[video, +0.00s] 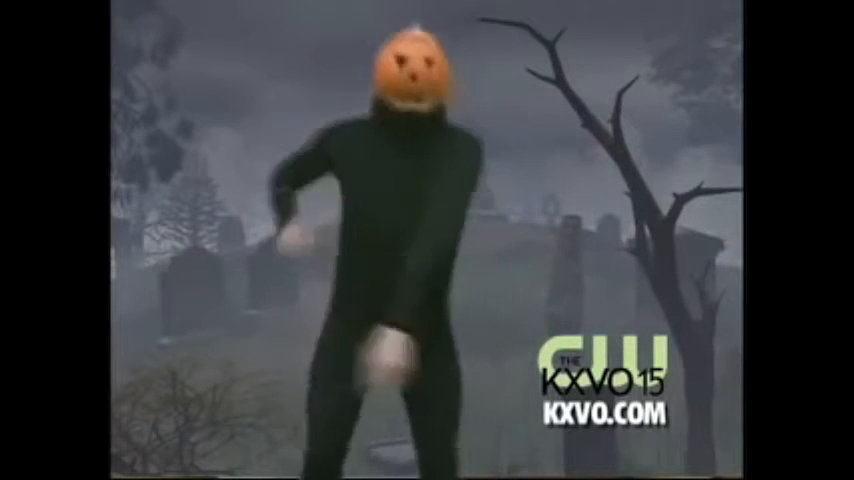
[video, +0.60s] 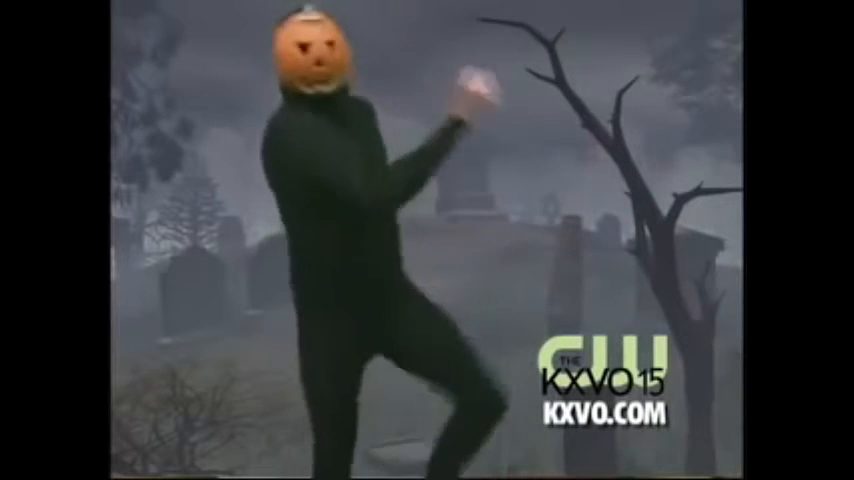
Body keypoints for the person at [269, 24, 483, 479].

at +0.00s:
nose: (413, 67)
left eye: (427, 61)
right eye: (401, 58)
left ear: (444, 80)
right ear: (379, 74)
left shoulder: (459, 149)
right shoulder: (348, 139)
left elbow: (434, 243)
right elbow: (284, 178)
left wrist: (402, 325)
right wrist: (287, 223)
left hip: (424, 317)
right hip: (352, 313)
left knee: (438, 461)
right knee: (323, 456)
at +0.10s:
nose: (393, 73)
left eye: (407, 65)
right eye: (379, 64)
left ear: (423, 79)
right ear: (359, 78)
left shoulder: (444, 152)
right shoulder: (324, 148)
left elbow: (451, 250)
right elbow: (258, 215)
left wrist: (446, 344)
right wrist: (282, 291)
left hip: (405, 338)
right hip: (334, 338)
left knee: (421, 466)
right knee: (322, 467)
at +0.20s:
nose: (368, 95)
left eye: (381, 86)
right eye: (354, 86)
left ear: (398, 98)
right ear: (334, 101)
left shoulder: (414, 178)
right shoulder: (310, 174)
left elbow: (450, 268)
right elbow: (261, 272)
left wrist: (482, 354)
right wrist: (317, 349)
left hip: (385, 355)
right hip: (316, 356)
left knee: (409, 471)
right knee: (316, 472)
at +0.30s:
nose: (352, 120)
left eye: (365, 110)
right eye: (338, 111)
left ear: (381, 120)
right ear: (318, 124)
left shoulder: (385, 189)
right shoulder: (302, 195)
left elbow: (430, 262)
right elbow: (301, 305)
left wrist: (482, 329)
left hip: (367, 355)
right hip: (305, 361)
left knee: (465, 444)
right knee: (306, 472)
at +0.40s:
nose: (345, 128)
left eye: (356, 115)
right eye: (329, 118)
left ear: (374, 123)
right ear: (308, 129)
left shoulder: (376, 182)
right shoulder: (300, 203)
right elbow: (367, 282)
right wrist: (422, 196)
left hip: (368, 342)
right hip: (310, 362)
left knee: (481, 367)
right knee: (308, 471)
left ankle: (407, 467)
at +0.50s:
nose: (343, 94)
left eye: (344, 80)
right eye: (333, 87)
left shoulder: (364, 140)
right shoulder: (298, 157)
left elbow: (380, 229)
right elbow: (386, 224)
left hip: (375, 311)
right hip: (320, 331)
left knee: (494, 340)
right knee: (320, 469)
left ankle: (402, 445)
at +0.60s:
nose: (318, 55)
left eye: (329, 44)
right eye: (302, 46)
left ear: (346, 55)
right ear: (281, 63)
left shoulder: (359, 114)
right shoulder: (287, 133)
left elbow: (373, 203)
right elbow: (375, 195)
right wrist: (455, 124)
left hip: (388, 300)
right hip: (329, 313)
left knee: (483, 401)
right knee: (333, 456)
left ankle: (437, 473)